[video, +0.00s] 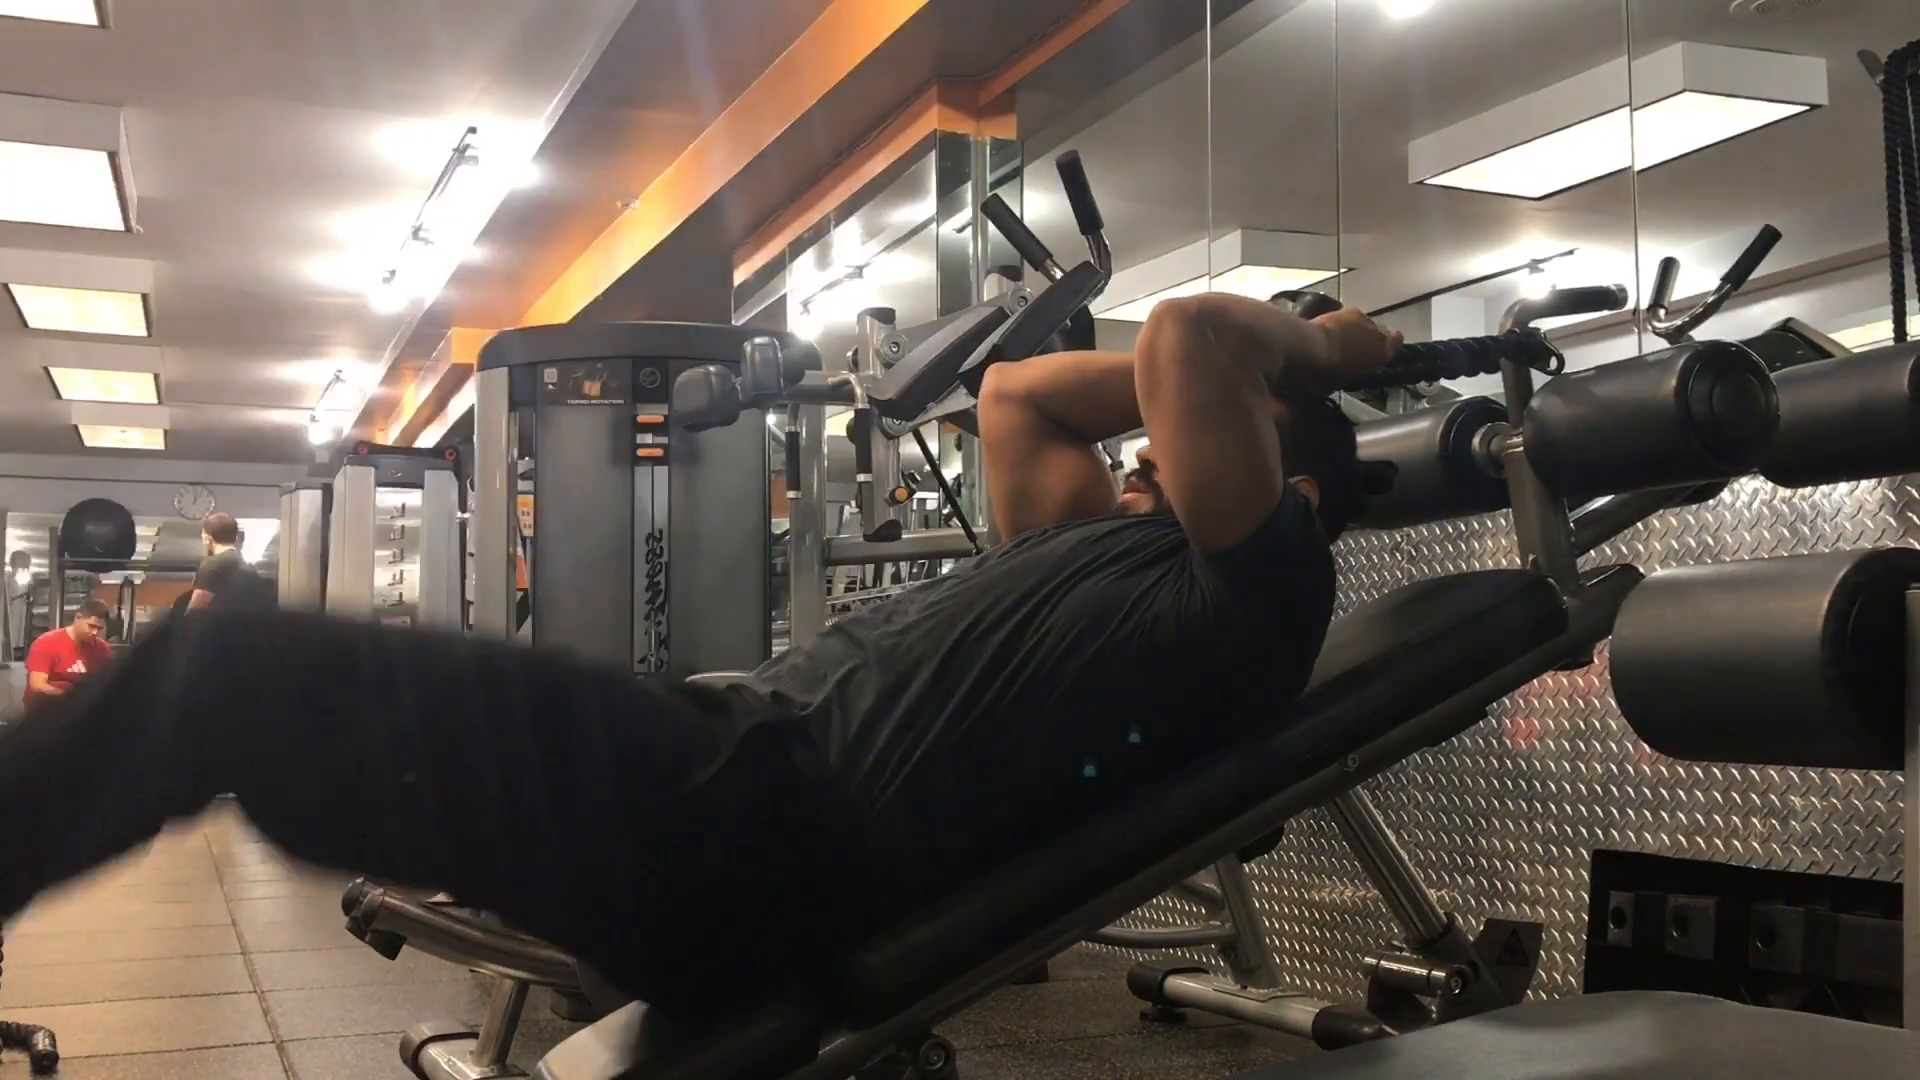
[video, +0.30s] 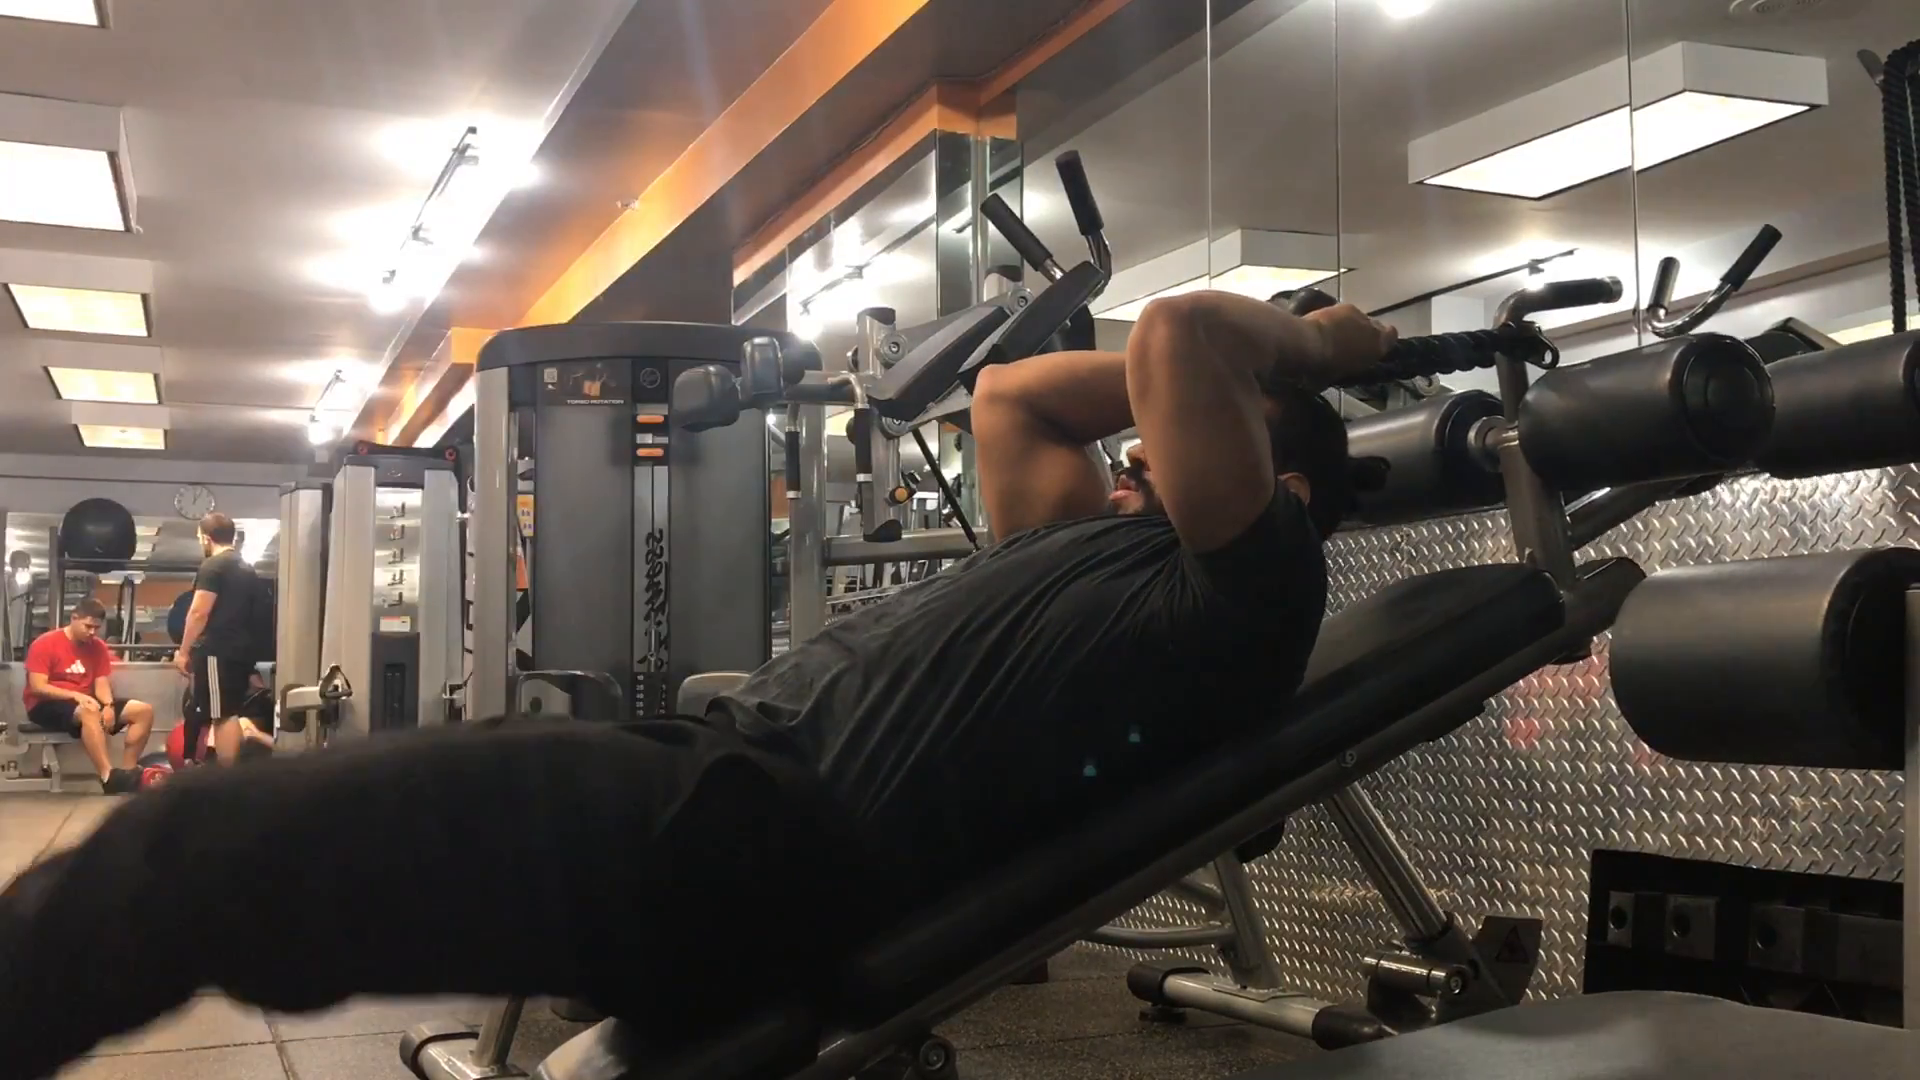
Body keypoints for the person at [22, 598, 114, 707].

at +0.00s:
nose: (95, 633)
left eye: (99, 628)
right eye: (91, 626)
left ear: (104, 627)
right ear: (78, 617)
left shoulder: (101, 649)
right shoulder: (46, 643)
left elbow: (109, 682)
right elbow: (36, 685)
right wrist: (71, 696)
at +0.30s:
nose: (92, 632)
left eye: (96, 628)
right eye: (88, 627)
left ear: (100, 626)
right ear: (74, 617)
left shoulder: (98, 646)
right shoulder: (45, 644)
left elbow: (101, 684)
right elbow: (38, 687)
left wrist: (108, 706)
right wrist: (77, 696)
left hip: (85, 703)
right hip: (47, 706)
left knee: (143, 711)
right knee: (90, 712)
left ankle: (129, 773)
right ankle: (107, 777)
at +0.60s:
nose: (90, 631)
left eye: (95, 626)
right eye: (86, 625)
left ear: (98, 625)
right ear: (71, 618)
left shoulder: (97, 647)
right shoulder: (44, 644)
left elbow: (101, 684)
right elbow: (38, 686)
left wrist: (108, 706)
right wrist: (78, 695)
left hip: (85, 702)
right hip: (47, 705)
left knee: (143, 712)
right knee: (90, 714)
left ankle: (129, 773)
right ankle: (108, 777)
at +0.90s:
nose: (89, 629)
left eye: (93, 624)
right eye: (85, 622)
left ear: (97, 624)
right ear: (70, 616)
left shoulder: (96, 646)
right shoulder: (43, 643)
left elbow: (100, 683)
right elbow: (37, 684)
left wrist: (108, 705)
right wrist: (76, 694)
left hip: (84, 702)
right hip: (46, 704)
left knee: (143, 712)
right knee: (89, 711)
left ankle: (129, 773)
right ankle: (106, 776)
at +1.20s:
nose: (90, 629)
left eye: (94, 624)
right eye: (86, 623)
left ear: (98, 623)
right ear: (71, 616)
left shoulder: (97, 646)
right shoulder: (44, 643)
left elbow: (100, 682)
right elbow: (40, 684)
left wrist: (107, 706)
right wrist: (79, 693)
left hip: (83, 702)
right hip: (46, 704)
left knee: (143, 711)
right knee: (93, 712)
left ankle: (129, 773)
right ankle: (108, 777)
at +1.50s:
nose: (87, 626)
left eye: (91, 622)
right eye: (83, 620)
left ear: (94, 622)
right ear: (68, 614)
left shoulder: (93, 646)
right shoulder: (41, 641)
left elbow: (99, 681)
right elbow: (39, 683)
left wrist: (107, 704)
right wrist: (79, 692)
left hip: (82, 701)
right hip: (45, 703)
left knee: (143, 711)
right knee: (94, 711)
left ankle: (129, 773)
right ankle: (107, 777)